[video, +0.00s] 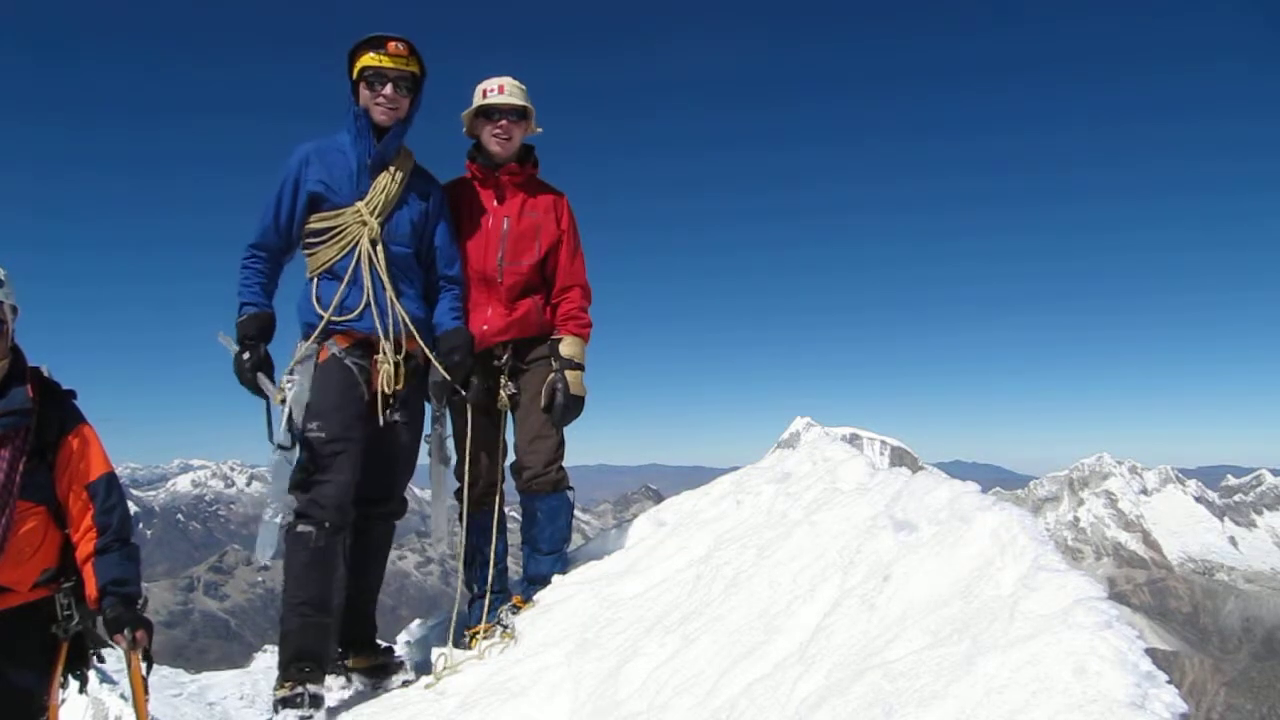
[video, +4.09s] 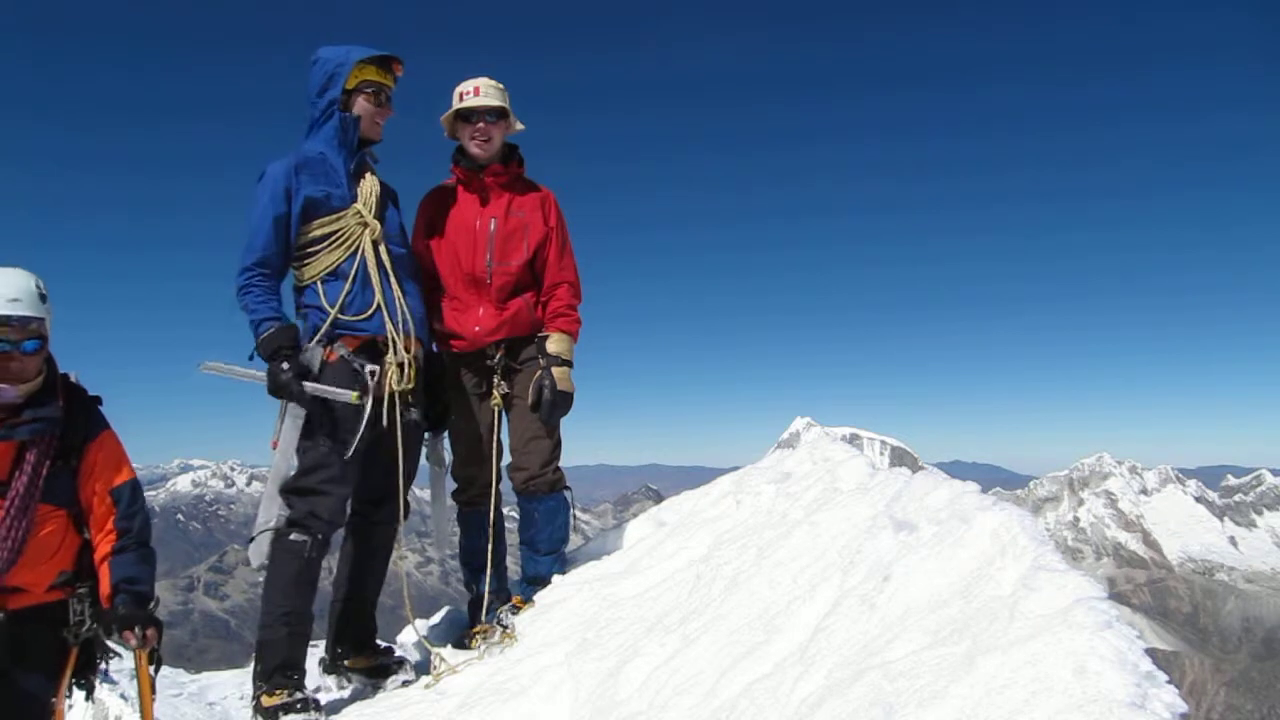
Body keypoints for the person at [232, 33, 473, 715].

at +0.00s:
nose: (388, 93)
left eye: (401, 84)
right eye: (377, 81)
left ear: (416, 96)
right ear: (356, 88)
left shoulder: (427, 188)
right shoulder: (315, 162)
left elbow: (448, 280)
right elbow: (263, 252)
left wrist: (451, 342)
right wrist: (254, 332)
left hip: (406, 360)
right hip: (333, 354)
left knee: (380, 504)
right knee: (327, 501)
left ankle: (357, 638)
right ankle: (301, 666)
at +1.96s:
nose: (383, 97)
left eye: (396, 88)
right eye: (371, 85)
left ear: (410, 100)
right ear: (351, 93)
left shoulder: (418, 190)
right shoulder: (313, 164)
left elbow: (433, 282)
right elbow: (262, 257)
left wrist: (439, 364)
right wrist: (254, 338)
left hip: (405, 364)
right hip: (338, 356)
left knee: (378, 504)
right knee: (328, 500)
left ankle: (355, 638)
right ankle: (300, 670)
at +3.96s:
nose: (386, 108)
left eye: (389, 98)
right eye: (375, 96)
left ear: (382, 107)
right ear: (340, 98)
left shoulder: (383, 193)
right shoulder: (295, 171)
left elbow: (409, 280)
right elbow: (256, 271)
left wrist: (429, 356)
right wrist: (286, 336)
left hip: (397, 375)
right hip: (330, 369)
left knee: (377, 516)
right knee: (306, 518)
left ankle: (353, 645)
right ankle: (278, 683)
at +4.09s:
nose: (383, 107)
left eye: (387, 98)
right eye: (372, 95)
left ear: (383, 107)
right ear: (336, 97)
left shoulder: (383, 193)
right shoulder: (294, 172)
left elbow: (410, 280)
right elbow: (257, 274)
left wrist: (431, 358)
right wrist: (280, 348)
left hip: (400, 371)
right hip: (334, 366)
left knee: (379, 513)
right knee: (310, 514)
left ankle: (354, 645)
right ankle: (278, 682)